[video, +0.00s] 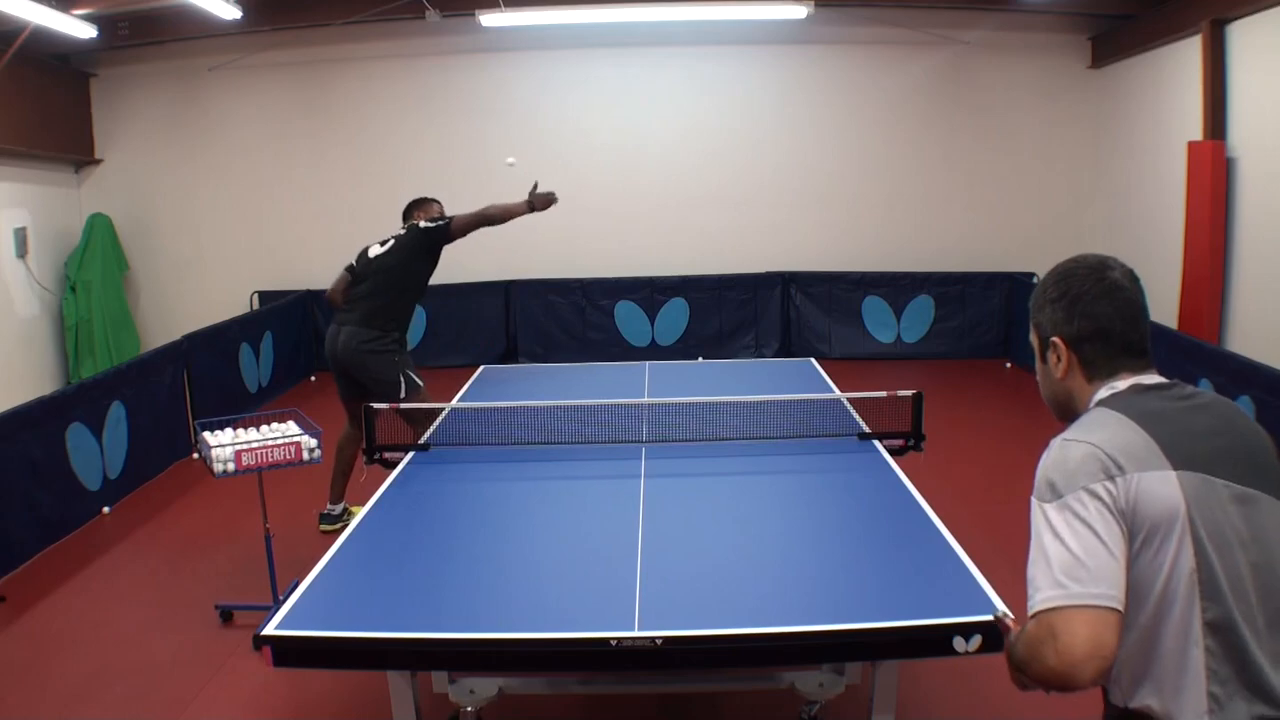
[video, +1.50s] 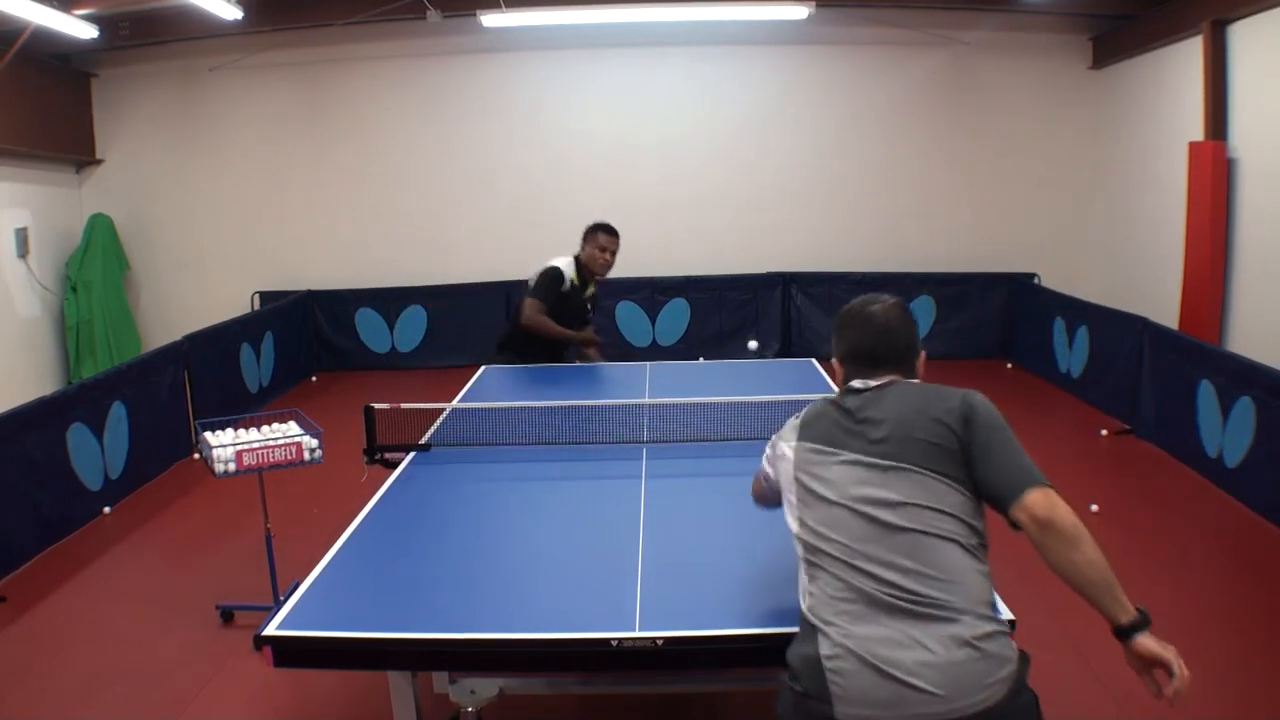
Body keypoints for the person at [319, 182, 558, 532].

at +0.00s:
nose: (443, 220)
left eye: (442, 215)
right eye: (438, 214)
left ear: (406, 221)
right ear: (418, 217)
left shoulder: (374, 249)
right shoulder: (426, 233)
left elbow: (335, 294)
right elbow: (483, 216)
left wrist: (373, 314)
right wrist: (529, 204)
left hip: (340, 343)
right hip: (375, 345)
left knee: (356, 425)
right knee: (433, 426)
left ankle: (333, 508)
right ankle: (445, 507)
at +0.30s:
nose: (446, 240)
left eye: (445, 235)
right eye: (443, 235)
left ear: (412, 235)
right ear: (434, 233)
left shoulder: (381, 250)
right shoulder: (435, 248)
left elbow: (340, 278)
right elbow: (463, 266)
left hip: (339, 347)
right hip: (373, 351)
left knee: (363, 426)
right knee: (440, 411)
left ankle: (334, 508)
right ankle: (435, 499)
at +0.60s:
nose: (505, 257)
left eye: (509, 252)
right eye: (500, 248)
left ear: (511, 253)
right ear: (477, 243)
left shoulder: (473, 276)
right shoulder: (451, 268)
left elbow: (455, 320)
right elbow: (401, 299)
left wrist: (464, 352)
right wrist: (437, 343)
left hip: (421, 361)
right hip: (397, 362)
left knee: (430, 429)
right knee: (451, 422)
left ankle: (362, 478)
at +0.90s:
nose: (518, 232)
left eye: (525, 226)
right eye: (511, 224)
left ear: (530, 226)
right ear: (494, 218)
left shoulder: (521, 250)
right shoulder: (461, 246)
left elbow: (516, 277)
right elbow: (416, 283)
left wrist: (549, 306)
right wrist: (461, 315)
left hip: (482, 328)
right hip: (442, 329)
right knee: (459, 400)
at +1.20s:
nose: (560, 226)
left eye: (566, 220)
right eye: (553, 218)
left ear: (571, 222)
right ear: (536, 216)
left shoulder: (571, 255)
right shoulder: (503, 246)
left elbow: (577, 292)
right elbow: (460, 280)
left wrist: (601, 320)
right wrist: (498, 312)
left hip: (544, 339)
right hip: (500, 339)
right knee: (499, 408)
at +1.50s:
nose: (607, 258)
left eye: (613, 254)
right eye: (601, 250)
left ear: (616, 256)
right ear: (583, 247)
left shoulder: (591, 287)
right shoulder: (556, 272)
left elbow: (583, 338)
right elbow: (530, 317)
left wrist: (603, 370)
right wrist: (575, 337)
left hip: (554, 362)